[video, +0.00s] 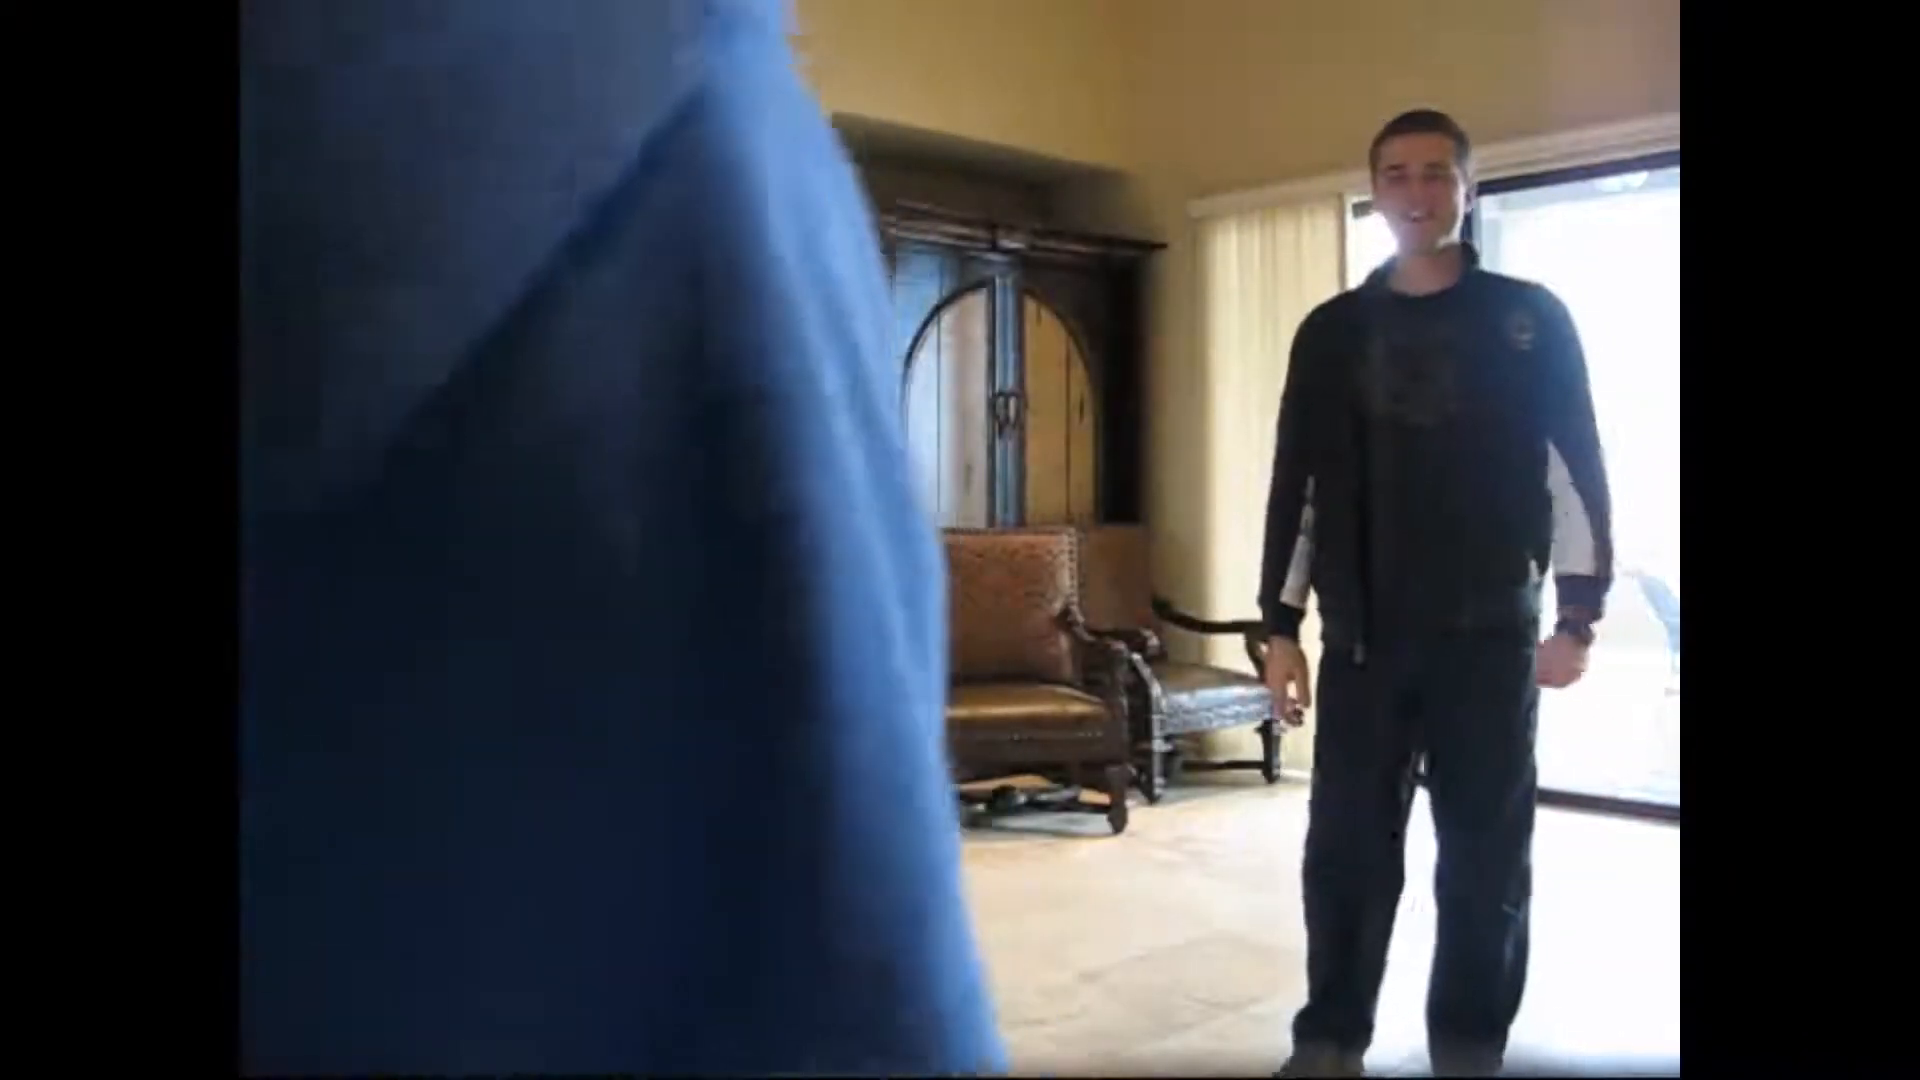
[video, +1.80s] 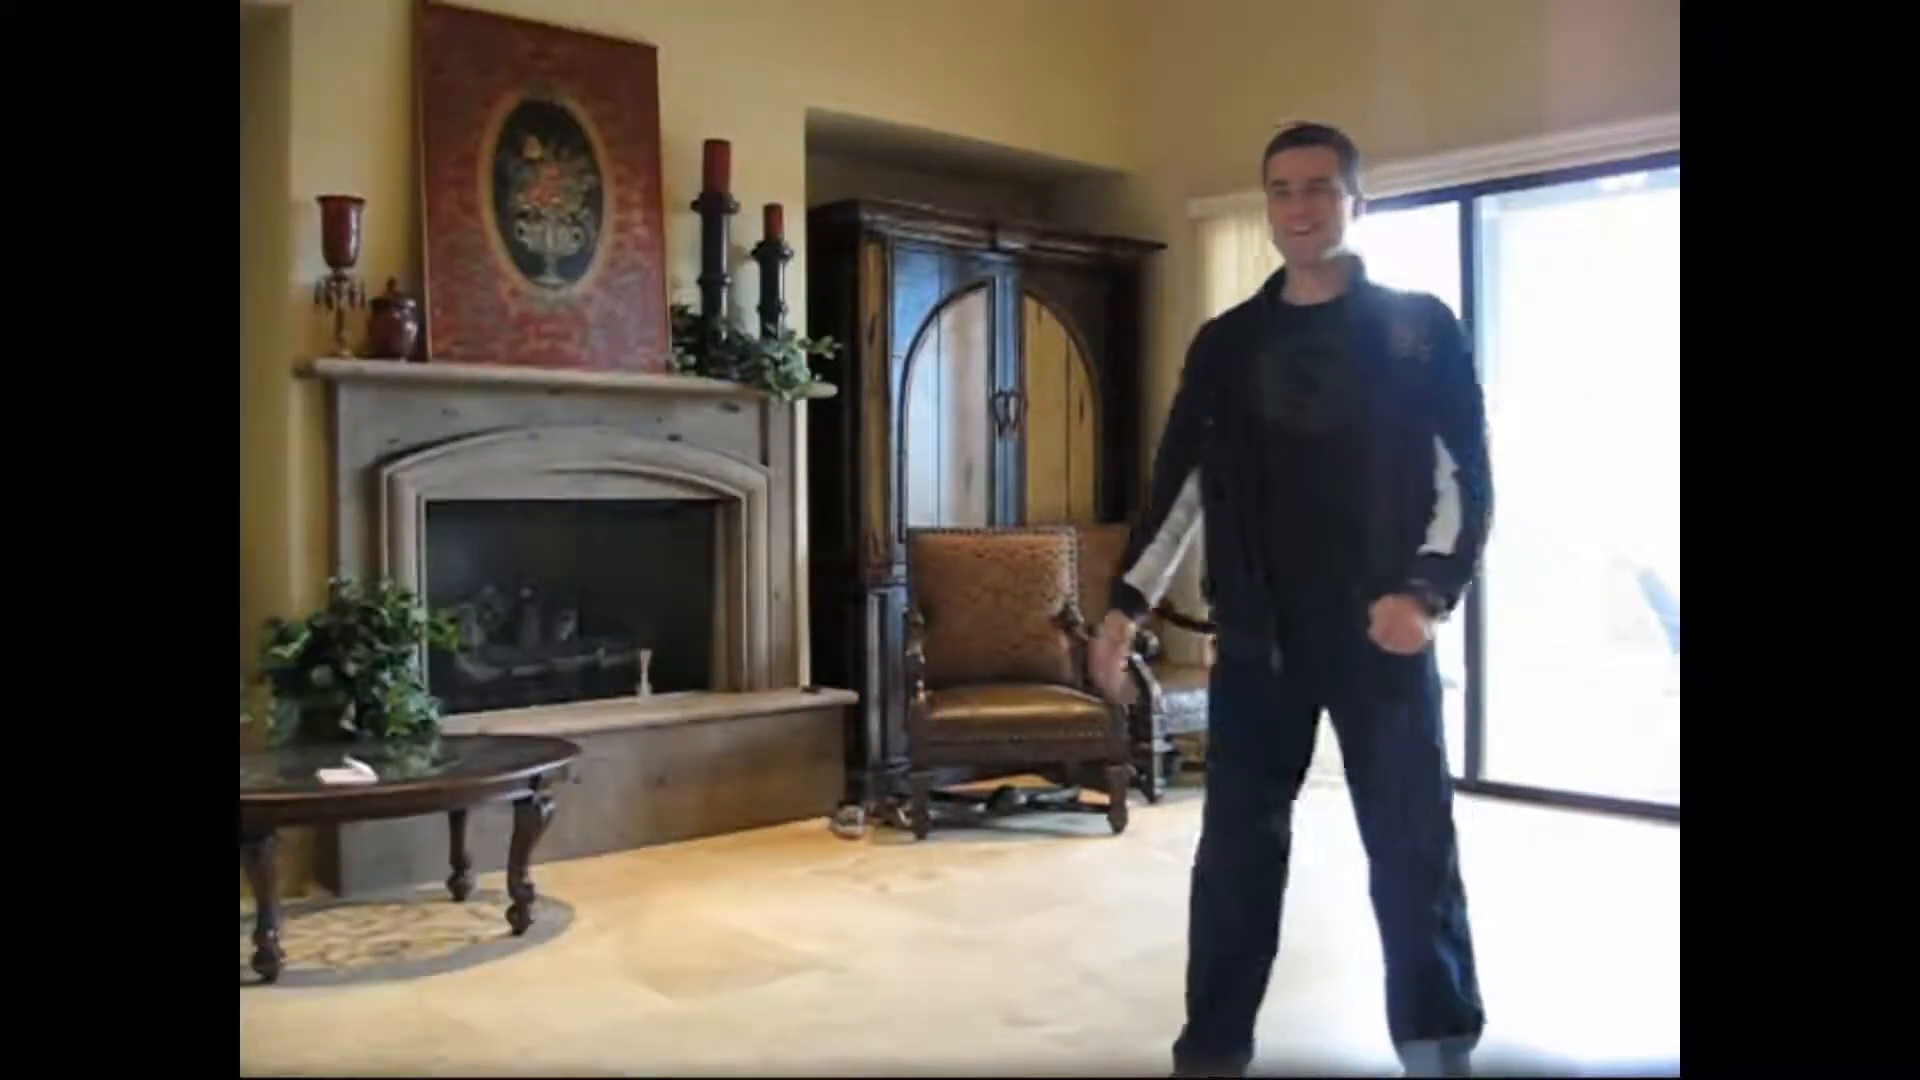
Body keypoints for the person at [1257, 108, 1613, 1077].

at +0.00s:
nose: (1418, 190)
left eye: (1436, 173)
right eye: (1398, 174)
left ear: (1468, 188)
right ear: (1374, 193)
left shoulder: (1529, 315)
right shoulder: (1330, 329)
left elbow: (1583, 475)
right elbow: (1291, 483)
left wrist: (1576, 619)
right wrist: (1277, 622)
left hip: (1489, 638)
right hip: (1363, 639)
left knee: (1486, 867)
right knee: (1344, 856)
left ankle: (1468, 1055)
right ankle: (1328, 1045)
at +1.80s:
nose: (1301, 206)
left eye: (1319, 187)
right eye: (1283, 191)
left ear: (1355, 199)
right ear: (1265, 207)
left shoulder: (1420, 327)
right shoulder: (1223, 345)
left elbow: (1471, 483)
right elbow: (1177, 491)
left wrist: (1426, 592)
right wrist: (1124, 609)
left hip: (1380, 634)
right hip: (1258, 638)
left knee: (1414, 853)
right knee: (1235, 854)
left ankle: (1440, 1053)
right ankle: (1210, 1054)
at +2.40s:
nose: (1164, 207)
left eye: (1184, 188)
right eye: (1153, 192)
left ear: (1234, 196)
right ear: (1146, 205)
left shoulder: (1311, 312)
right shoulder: (1118, 336)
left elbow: (1370, 460)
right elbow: (1001, 416)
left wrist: (1394, 602)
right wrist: (874, 444)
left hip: (1304, 625)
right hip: (1185, 631)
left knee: (1338, 851)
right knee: (1198, 861)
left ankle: (1374, 1051)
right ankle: (1206, 1055)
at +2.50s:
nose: (1153, 209)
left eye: (1171, 189)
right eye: (1142, 195)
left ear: (1226, 194)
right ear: (1137, 209)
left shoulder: (1308, 311)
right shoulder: (1115, 337)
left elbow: (1370, 459)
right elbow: (993, 405)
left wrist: (1402, 598)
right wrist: (866, 429)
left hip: (1303, 627)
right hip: (1185, 633)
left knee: (1337, 851)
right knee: (1196, 862)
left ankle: (1374, 1050)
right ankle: (1206, 1055)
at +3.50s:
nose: (1246, 240)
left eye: (1258, 216)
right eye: (1223, 220)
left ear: (1275, 207)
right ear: (1180, 215)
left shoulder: (1326, 315)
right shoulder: (1135, 334)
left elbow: (1404, 463)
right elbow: (1072, 481)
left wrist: (1345, 532)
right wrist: (1004, 519)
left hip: (1320, 637)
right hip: (1201, 642)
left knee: (1338, 859)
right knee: (1205, 865)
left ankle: (1343, 1059)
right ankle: (1208, 1055)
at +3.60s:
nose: (1266, 253)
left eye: (1278, 230)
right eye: (1244, 234)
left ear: (1295, 211)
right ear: (1200, 221)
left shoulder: (1343, 315)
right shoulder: (1148, 337)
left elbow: (1429, 450)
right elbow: (1098, 464)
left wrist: (1322, 472)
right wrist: (1041, 508)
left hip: (1325, 639)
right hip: (1205, 640)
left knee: (1327, 862)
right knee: (1210, 862)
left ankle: (1326, 1060)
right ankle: (1209, 1055)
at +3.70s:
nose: (1286, 243)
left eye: (1296, 222)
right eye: (1263, 226)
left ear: (1314, 203)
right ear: (1220, 215)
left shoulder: (1365, 312)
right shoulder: (1169, 331)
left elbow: (1447, 445)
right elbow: (1128, 450)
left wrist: (1318, 445)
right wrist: (1090, 488)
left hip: (1334, 635)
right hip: (1213, 632)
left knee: (1328, 859)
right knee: (1210, 855)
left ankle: (1318, 1056)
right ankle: (1207, 1054)